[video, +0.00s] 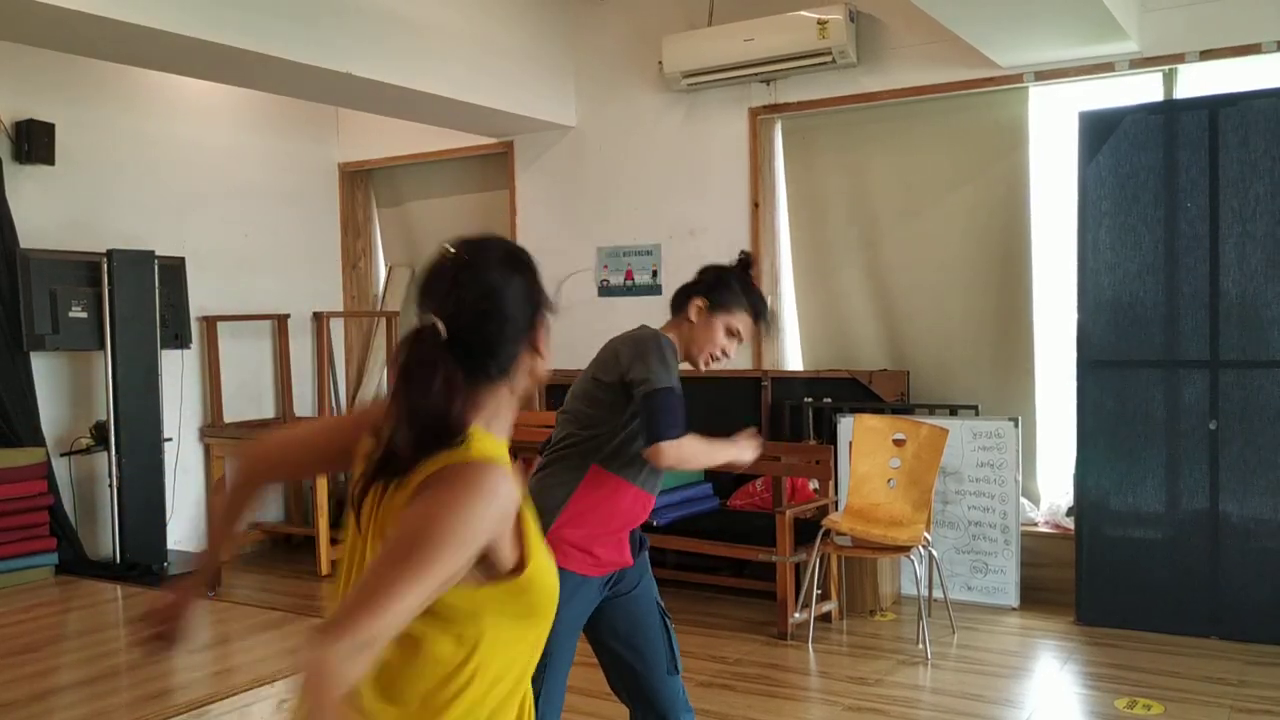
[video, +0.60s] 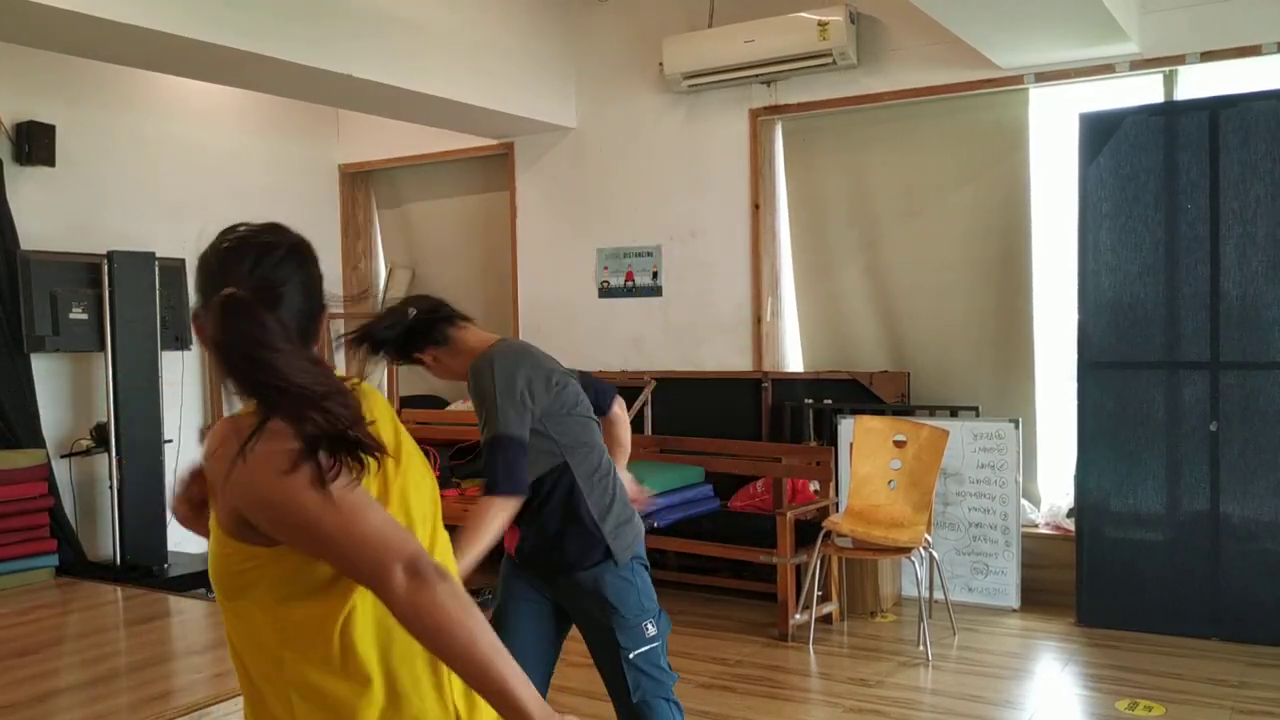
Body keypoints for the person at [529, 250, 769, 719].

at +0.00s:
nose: (730, 352)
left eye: (739, 344)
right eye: (730, 333)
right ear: (696, 309)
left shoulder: (662, 364)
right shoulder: (646, 349)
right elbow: (665, 450)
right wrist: (734, 450)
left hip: (620, 559)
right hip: (561, 558)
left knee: (665, 703)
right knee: (536, 707)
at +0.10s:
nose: (706, 324)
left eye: (718, 315)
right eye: (699, 304)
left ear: (723, 320)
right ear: (665, 293)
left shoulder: (650, 364)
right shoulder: (630, 355)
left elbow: (616, 458)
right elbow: (586, 459)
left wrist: (647, 525)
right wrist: (663, 515)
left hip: (621, 559)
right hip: (566, 557)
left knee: (663, 702)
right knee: (539, 702)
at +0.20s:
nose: (674, 308)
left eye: (688, 298)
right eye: (668, 290)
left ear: (696, 305)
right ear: (637, 283)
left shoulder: (654, 385)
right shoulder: (589, 363)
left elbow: (667, 492)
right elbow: (531, 457)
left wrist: (754, 506)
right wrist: (541, 560)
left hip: (629, 568)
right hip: (558, 571)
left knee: (672, 706)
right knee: (535, 709)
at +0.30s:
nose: (577, 274)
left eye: (591, 262)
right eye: (569, 263)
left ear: (623, 272)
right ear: (557, 270)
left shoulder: (654, 360)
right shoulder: (523, 347)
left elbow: (719, 433)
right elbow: (450, 415)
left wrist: (772, 518)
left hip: (630, 563)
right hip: (540, 566)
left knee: (675, 703)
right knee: (524, 706)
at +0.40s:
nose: (473, 318)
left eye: (473, 301)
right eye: (470, 305)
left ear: (497, 289)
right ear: (498, 292)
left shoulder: (592, 343)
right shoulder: (516, 363)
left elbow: (674, 416)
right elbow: (523, 448)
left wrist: (688, 513)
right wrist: (454, 428)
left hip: (611, 554)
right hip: (535, 557)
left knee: (659, 705)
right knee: (513, 703)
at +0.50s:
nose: (452, 358)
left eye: (445, 348)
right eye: (444, 349)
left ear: (450, 338)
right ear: (485, 310)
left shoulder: (508, 359)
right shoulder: (526, 349)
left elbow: (579, 429)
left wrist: (573, 535)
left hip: (604, 553)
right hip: (542, 555)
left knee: (649, 703)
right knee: (512, 700)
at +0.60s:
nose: (435, 377)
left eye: (423, 367)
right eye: (426, 370)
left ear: (429, 356)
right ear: (458, 326)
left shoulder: (499, 367)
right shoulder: (520, 358)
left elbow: (505, 493)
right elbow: (611, 403)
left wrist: (439, 579)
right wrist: (617, 474)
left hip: (602, 554)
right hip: (537, 559)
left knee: (647, 702)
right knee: (508, 697)